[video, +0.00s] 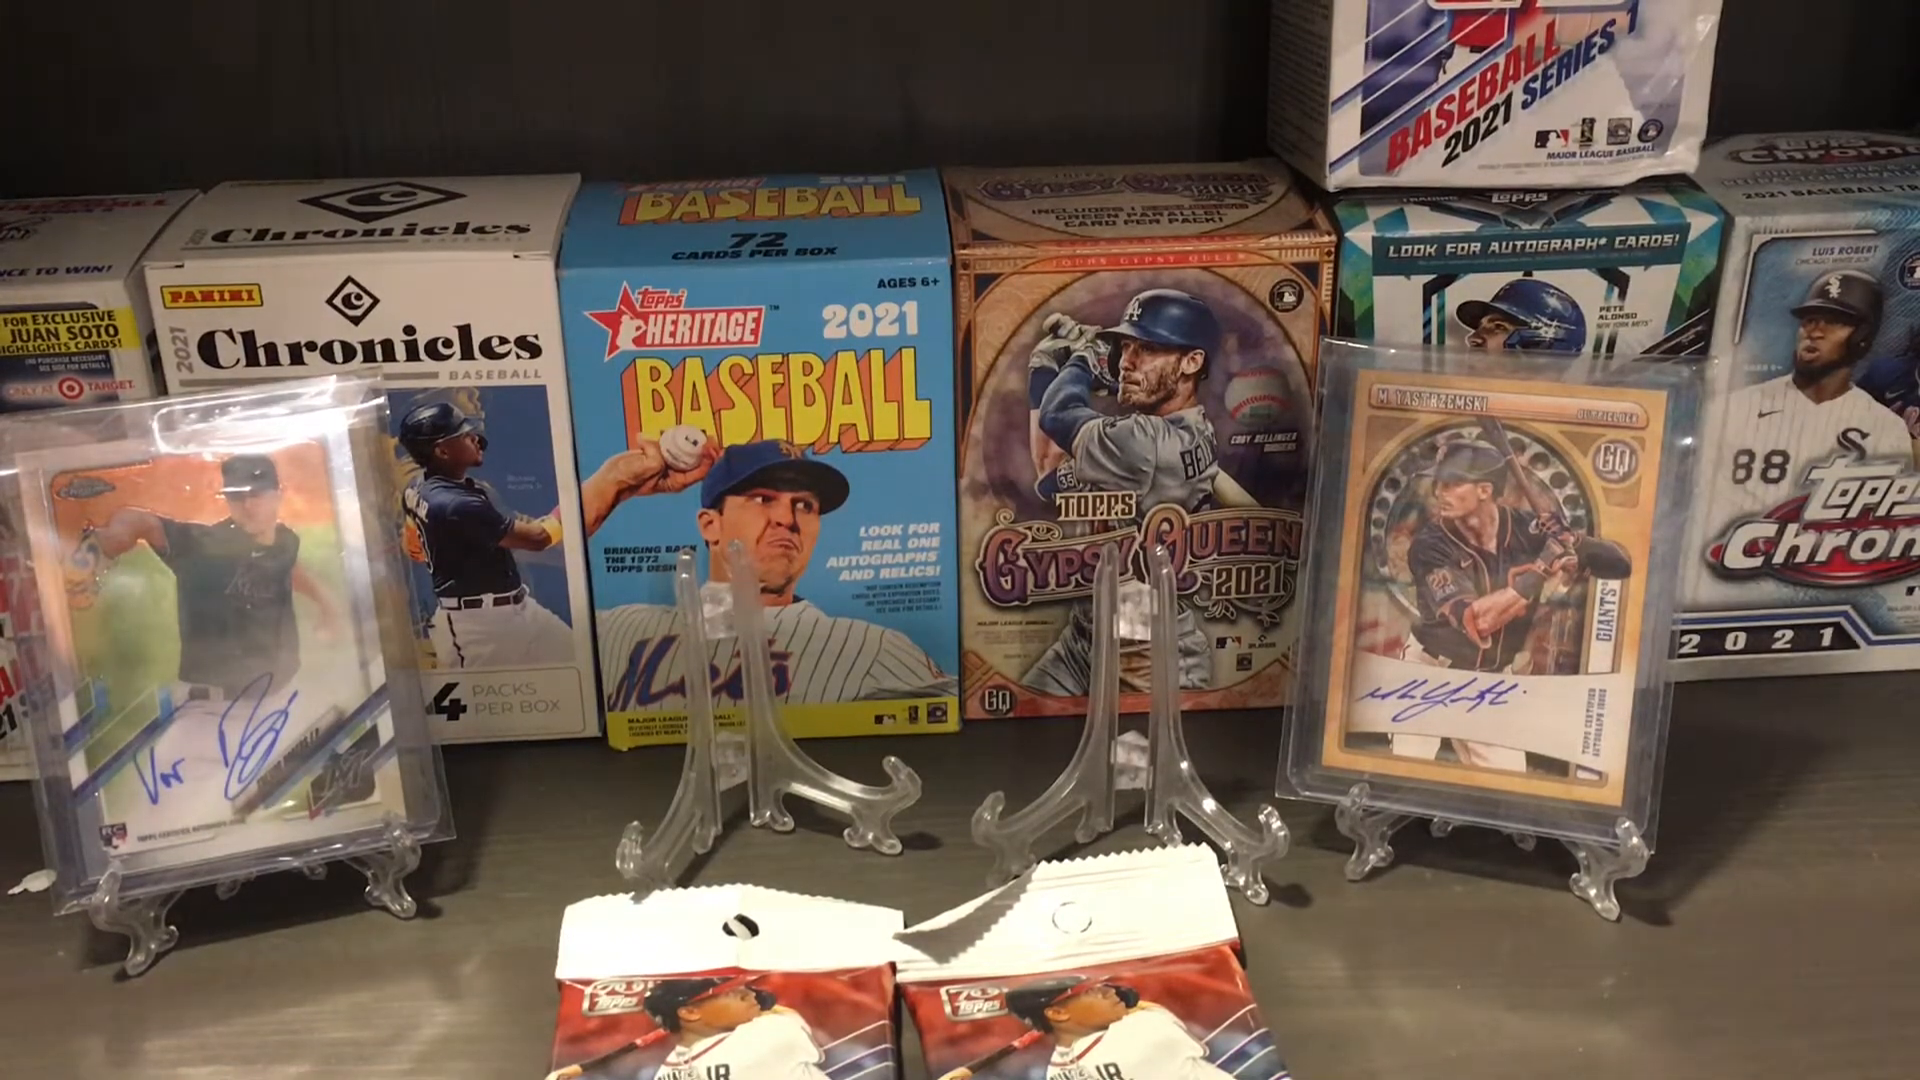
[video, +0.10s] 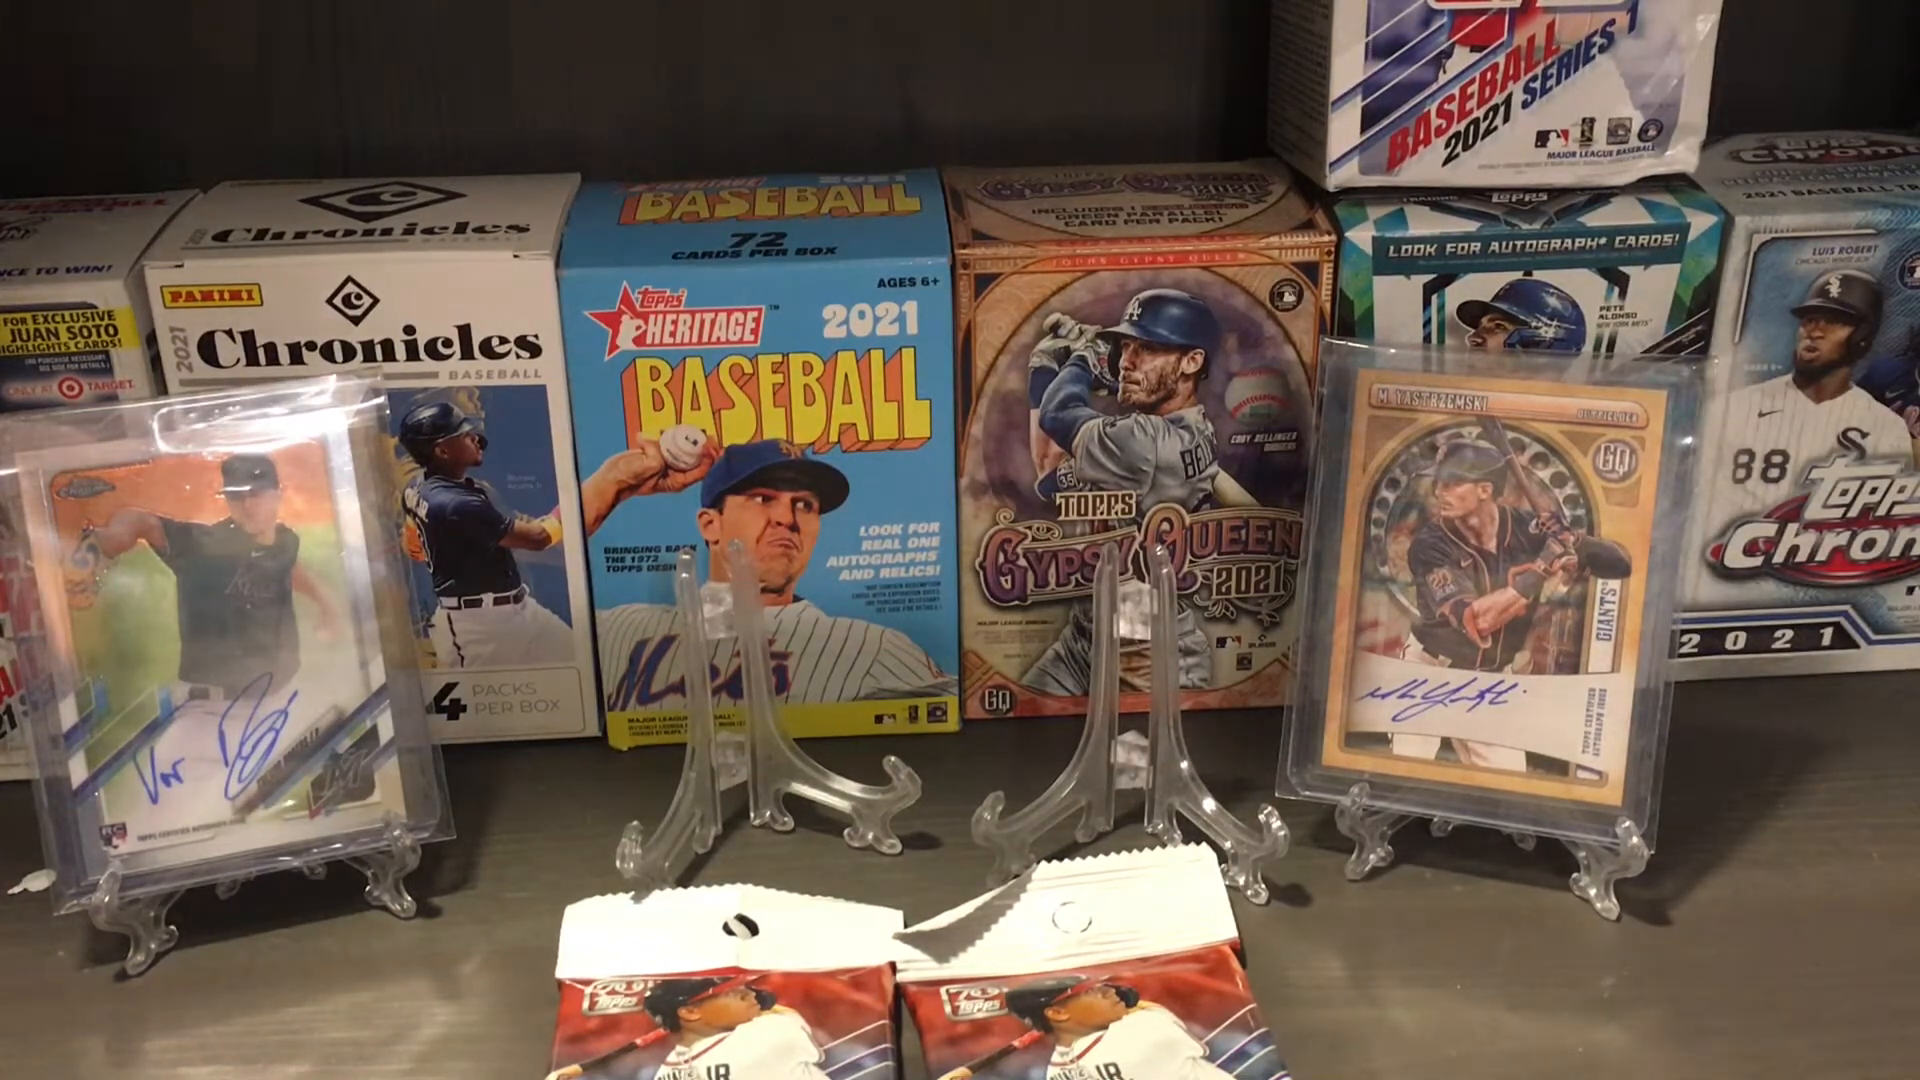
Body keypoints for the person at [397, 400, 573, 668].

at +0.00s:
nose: (476, 437)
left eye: (470, 431)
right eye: (465, 433)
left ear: (443, 451)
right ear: (442, 450)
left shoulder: (420, 490)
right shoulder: (459, 507)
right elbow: (538, 538)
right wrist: (570, 509)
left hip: (520, 609)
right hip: (474, 623)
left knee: (588, 664)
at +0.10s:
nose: (476, 437)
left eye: (470, 431)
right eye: (465, 433)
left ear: (442, 451)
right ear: (442, 450)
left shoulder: (419, 490)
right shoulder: (460, 506)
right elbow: (538, 537)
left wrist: (541, 523)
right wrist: (568, 512)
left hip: (520, 609)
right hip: (474, 623)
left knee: (587, 664)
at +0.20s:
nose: (476, 437)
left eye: (470, 431)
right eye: (465, 433)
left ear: (442, 451)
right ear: (442, 450)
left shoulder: (419, 490)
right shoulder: (459, 506)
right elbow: (538, 537)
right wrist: (568, 511)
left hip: (520, 609)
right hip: (474, 623)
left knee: (588, 663)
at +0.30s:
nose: (476, 436)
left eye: (470, 430)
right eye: (465, 432)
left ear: (442, 450)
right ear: (441, 449)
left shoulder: (419, 489)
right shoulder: (460, 506)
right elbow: (538, 537)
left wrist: (546, 521)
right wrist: (567, 511)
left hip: (520, 609)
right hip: (474, 623)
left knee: (588, 663)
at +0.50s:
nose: (475, 435)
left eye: (469, 429)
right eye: (464, 432)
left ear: (442, 451)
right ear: (442, 449)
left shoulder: (420, 489)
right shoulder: (462, 507)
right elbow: (539, 537)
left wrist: (543, 522)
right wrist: (568, 509)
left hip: (519, 609)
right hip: (474, 622)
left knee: (587, 663)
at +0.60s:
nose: (475, 436)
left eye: (469, 429)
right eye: (465, 433)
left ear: (442, 451)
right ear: (441, 450)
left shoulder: (420, 489)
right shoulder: (461, 507)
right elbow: (539, 537)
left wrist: (538, 524)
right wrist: (567, 510)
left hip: (519, 609)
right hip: (474, 623)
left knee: (587, 663)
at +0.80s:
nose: (476, 436)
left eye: (470, 430)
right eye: (465, 433)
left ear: (442, 451)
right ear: (441, 450)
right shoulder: (462, 507)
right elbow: (539, 538)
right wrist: (564, 514)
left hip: (519, 609)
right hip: (474, 623)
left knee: (587, 663)